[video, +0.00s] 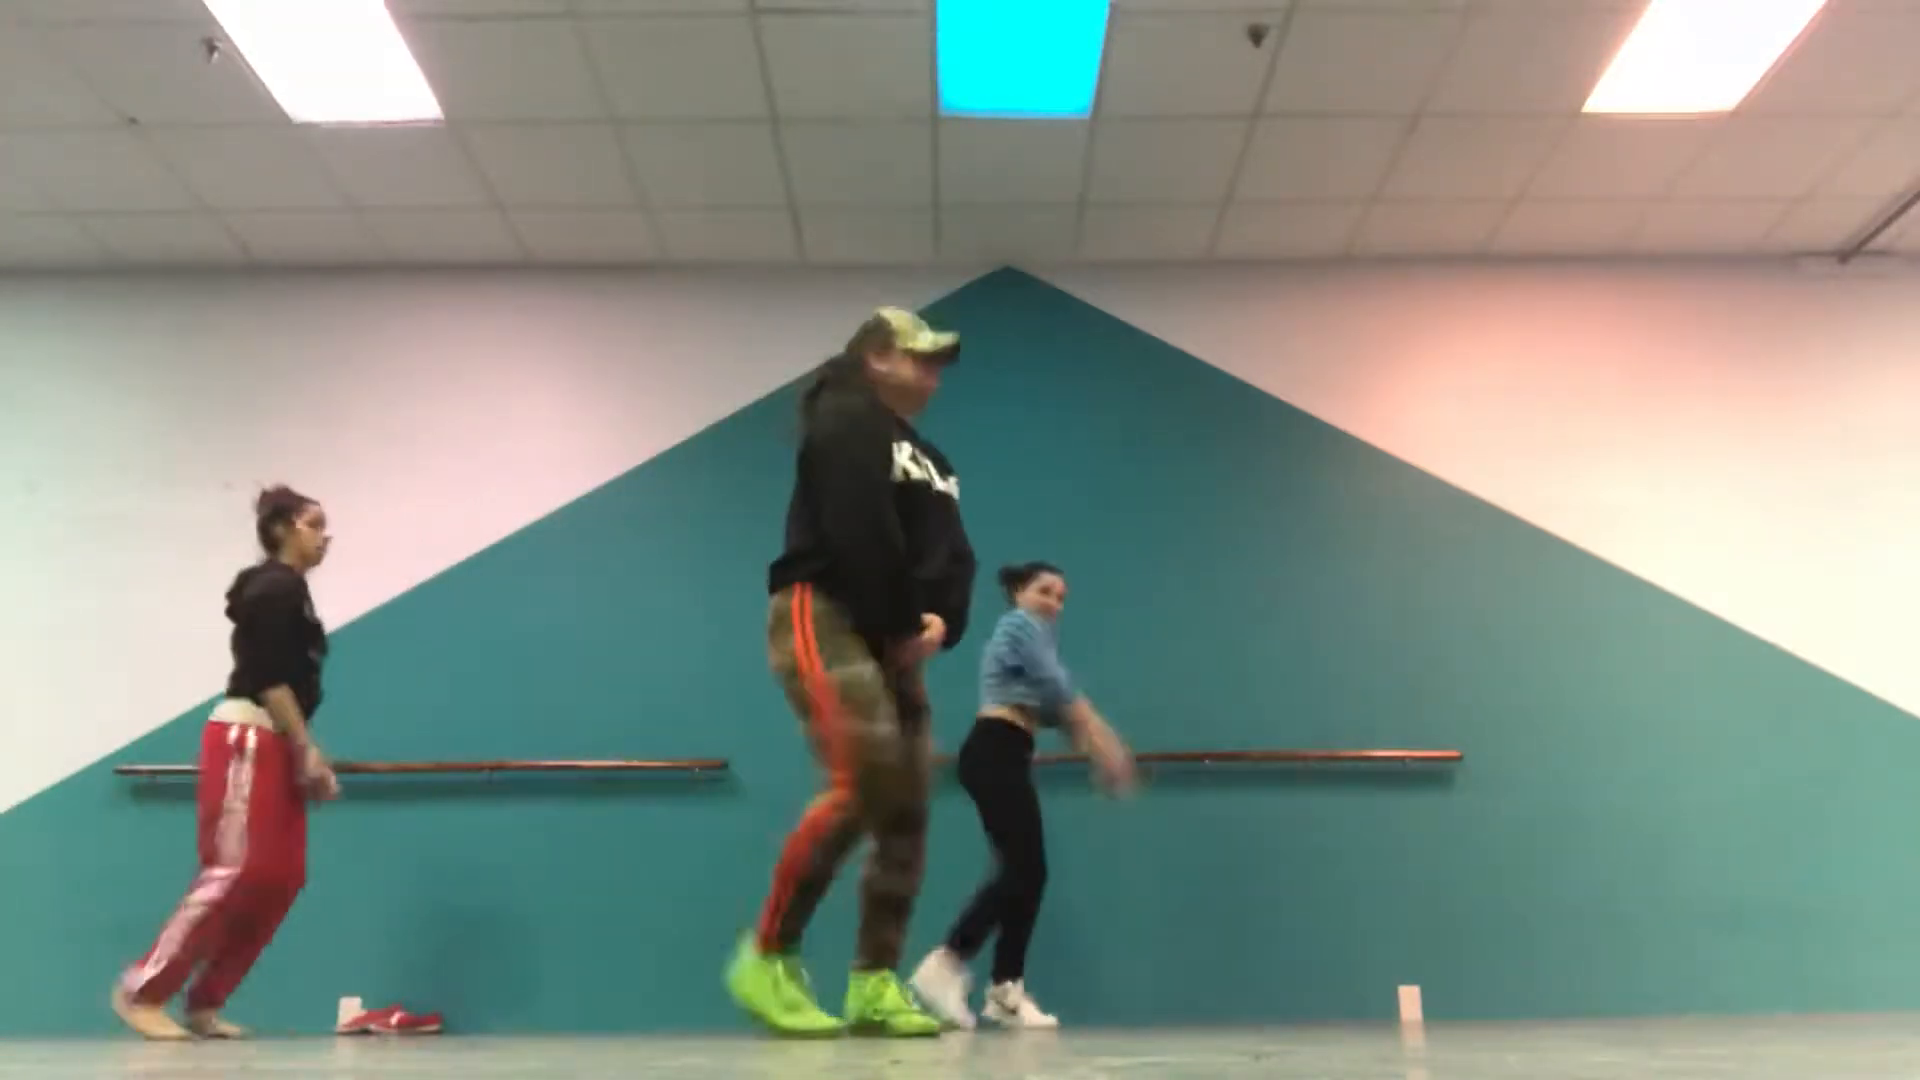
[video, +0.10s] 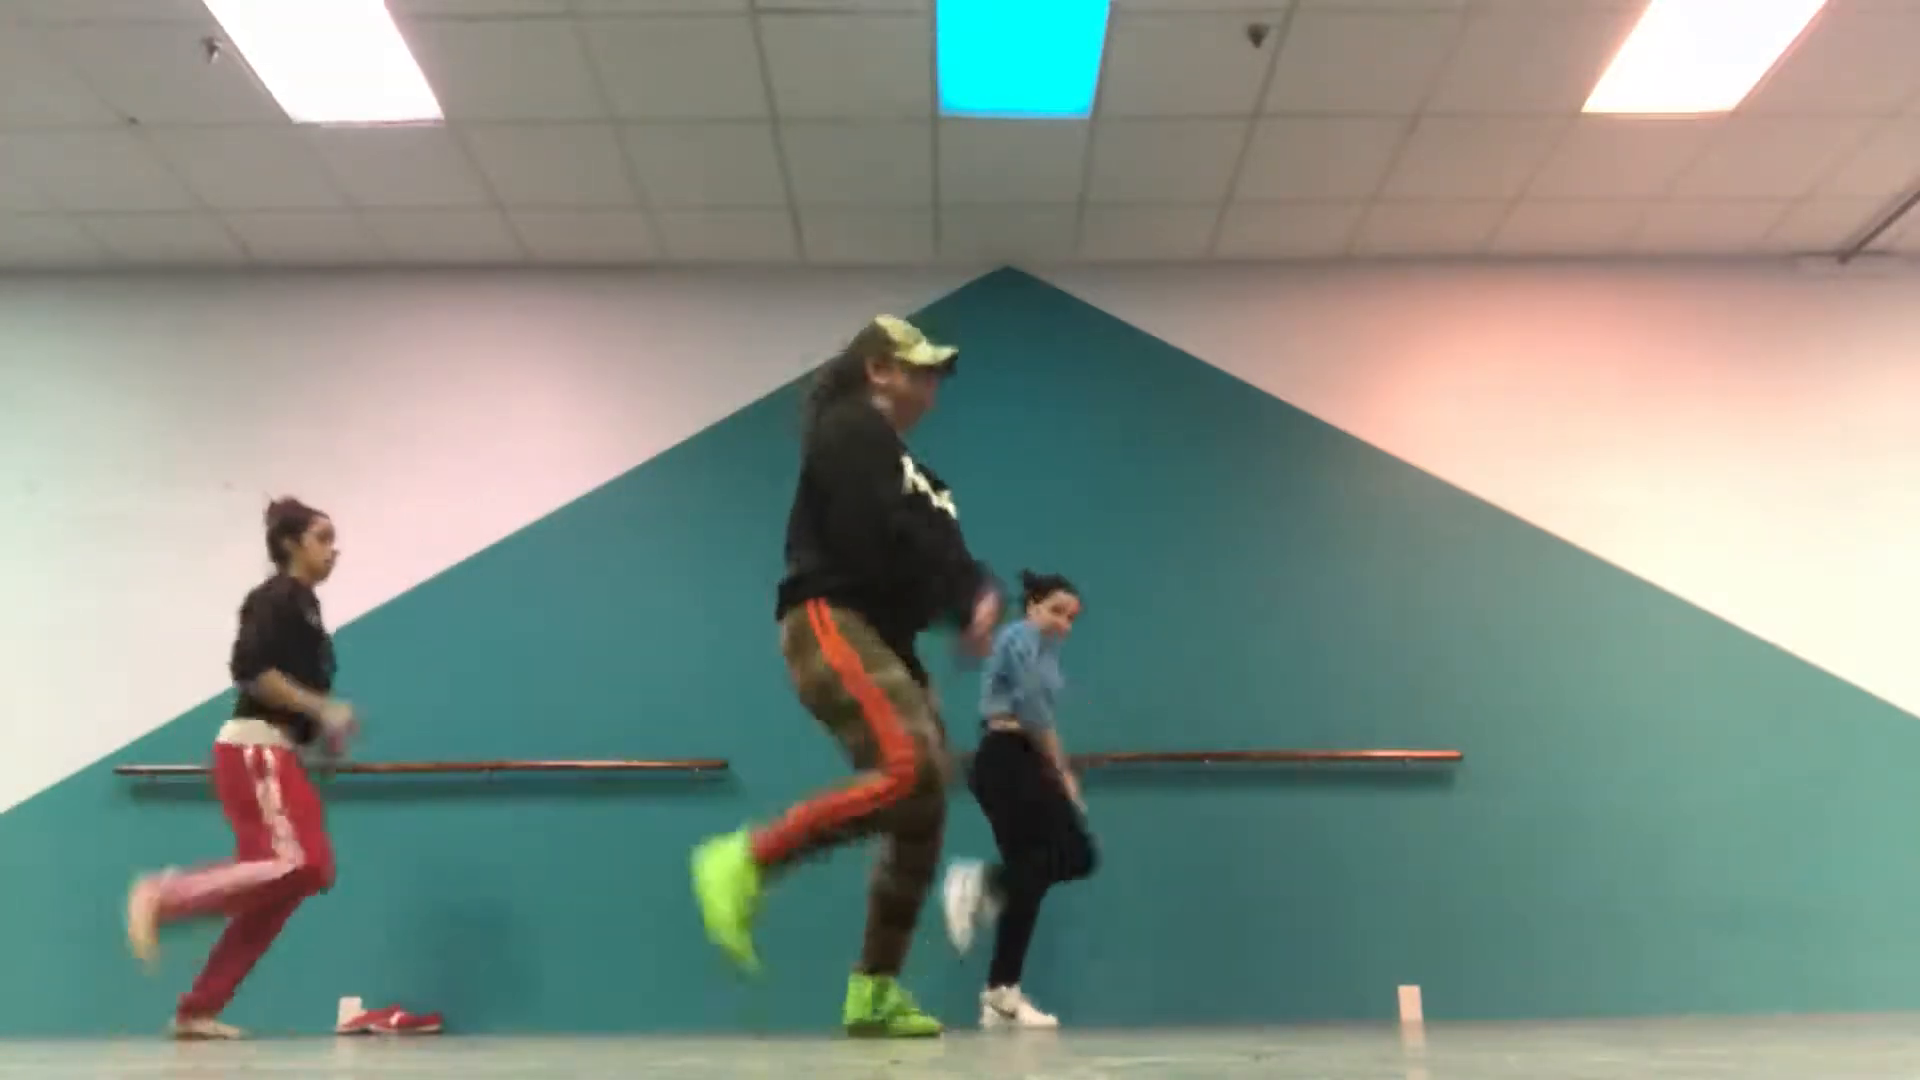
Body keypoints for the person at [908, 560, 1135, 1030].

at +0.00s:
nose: (1053, 603)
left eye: (1059, 597)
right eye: (1044, 592)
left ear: (1059, 604)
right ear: (1018, 593)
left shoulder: (1034, 634)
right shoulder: (1019, 626)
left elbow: (1062, 701)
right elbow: (1060, 690)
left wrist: (1096, 739)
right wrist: (1105, 744)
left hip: (1010, 749)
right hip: (993, 747)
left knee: (1027, 871)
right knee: (1020, 869)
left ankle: (1005, 987)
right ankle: (945, 964)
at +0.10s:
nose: (1065, 624)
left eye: (1071, 618)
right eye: (1059, 612)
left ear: (1070, 621)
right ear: (1034, 605)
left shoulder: (1040, 654)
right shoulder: (1021, 638)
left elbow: (1040, 721)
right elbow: (1033, 709)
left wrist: (1059, 770)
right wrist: (1060, 769)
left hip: (1013, 754)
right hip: (1009, 751)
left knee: (1031, 867)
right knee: (1073, 854)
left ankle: (1002, 988)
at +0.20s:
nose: (1065, 625)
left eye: (1071, 620)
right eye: (1060, 613)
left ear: (1068, 622)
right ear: (1036, 607)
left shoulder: (1022, 643)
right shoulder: (1023, 635)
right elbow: (1040, 689)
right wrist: (1073, 727)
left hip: (1016, 761)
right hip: (1017, 758)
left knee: (1037, 881)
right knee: (1108, 837)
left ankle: (1003, 988)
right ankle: (1013, 835)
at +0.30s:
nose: (1075, 589)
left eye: (1079, 582)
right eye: (1066, 579)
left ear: (1075, 590)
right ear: (1037, 582)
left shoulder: (1041, 630)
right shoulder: (1031, 614)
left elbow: (1077, 679)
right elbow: (1079, 653)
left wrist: (1128, 683)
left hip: (1005, 746)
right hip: (1022, 736)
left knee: (1025, 866)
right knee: (1113, 804)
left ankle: (1005, 986)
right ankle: (1045, 875)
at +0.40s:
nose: (1080, 582)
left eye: (1083, 575)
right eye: (1070, 573)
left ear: (1083, 582)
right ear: (1043, 581)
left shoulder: (1050, 620)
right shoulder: (1049, 613)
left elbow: (1117, 639)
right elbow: (1116, 625)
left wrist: (1163, 614)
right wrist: (1169, 604)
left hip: (1003, 742)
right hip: (1025, 738)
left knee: (1027, 857)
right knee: (1088, 828)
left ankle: (1006, 979)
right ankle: (1128, 940)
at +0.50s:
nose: (1089, 601)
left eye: (1090, 593)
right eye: (1078, 592)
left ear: (1066, 602)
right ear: (1051, 598)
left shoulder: (1054, 635)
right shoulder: (1060, 629)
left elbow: (1125, 627)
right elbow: (1127, 618)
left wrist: (1178, 592)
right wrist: (1183, 583)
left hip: (1016, 758)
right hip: (1039, 758)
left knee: (1020, 883)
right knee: (1098, 868)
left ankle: (989, 991)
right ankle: (1166, 962)